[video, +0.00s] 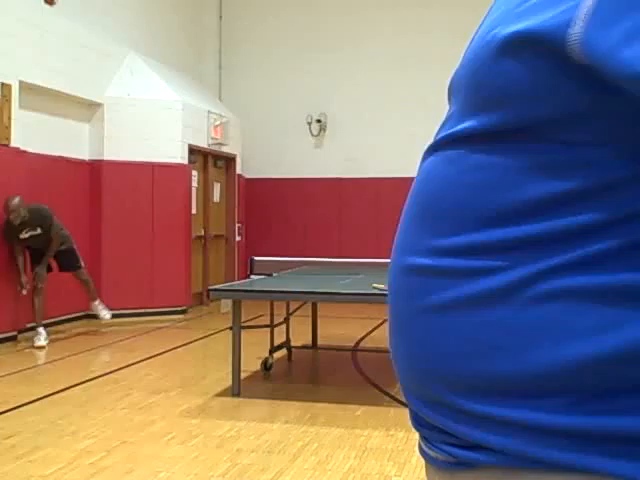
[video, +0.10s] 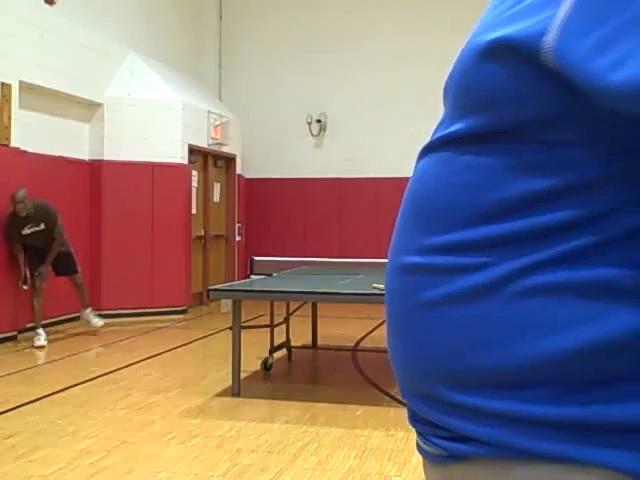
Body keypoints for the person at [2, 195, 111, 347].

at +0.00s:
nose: (11, 216)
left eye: (14, 212)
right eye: (9, 213)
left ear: (23, 209)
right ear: (7, 213)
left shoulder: (42, 214)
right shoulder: (10, 227)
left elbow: (56, 239)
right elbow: (18, 251)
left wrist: (44, 264)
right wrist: (22, 275)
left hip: (59, 243)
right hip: (37, 250)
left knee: (82, 275)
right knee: (38, 287)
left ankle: (96, 302)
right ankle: (40, 329)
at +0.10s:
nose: (20, 206)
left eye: (23, 202)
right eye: (17, 203)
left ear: (29, 201)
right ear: (13, 205)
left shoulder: (46, 211)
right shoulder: (12, 222)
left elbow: (59, 239)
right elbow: (18, 247)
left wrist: (47, 264)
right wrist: (23, 268)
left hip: (56, 246)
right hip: (35, 252)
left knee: (78, 279)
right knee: (37, 288)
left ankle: (87, 310)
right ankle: (39, 330)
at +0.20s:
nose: (32, 196)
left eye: (34, 192)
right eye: (29, 193)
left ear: (40, 192)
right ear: (24, 194)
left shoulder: (53, 206)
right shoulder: (18, 215)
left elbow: (60, 236)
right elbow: (18, 243)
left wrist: (54, 262)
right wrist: (25, 267)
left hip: (55, 249)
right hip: (34, 253)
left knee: (72, 284)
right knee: (37, 286)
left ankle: (70, 319)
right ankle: (39, 331)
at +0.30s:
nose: (45, 185)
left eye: (46, 181)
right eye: (41, 182)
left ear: (50, 182)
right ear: (36, 184)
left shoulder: (58, 201)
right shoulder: (26, 206)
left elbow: (64, 229)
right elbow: (21, 233)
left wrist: (60, 255)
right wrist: (28, 259)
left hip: (55, 250)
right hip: (36, 252)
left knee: (66, 286)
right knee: (38, 287)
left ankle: (54, 322)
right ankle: (39, 329)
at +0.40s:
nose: (58, 179)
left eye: (59, 175)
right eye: (55, 176)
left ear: (62, 178)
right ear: (48, 178)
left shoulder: (65, 199)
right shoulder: (34, 199)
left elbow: (67, 227)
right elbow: (26, 228)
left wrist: (65, 251)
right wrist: (35, 251)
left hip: (54, 248)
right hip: (37, 248)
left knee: (63, 285)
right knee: (40, 284)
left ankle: (50, 323)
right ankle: (39, 328)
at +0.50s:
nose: (70, 178)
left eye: (71, 175)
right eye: (67, 174)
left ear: (71, 177)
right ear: (57, 176)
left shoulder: (70, 198)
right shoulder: (43, 197)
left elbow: (71, 225)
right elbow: (33, 223)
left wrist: (72, 248)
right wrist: (43, 246)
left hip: (57, 247)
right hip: (40, 247)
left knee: (61, 285)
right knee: (43, 284)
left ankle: (50, 324)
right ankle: (41, 327)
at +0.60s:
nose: (79, 174)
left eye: (80, 171)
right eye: (76, 170)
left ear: (77, 174)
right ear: (66, 173)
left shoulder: (74, 197)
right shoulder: (51, 192)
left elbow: (70, 223)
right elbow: (40, 218)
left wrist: (74, 246)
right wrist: (53, 243)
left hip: (58, 244)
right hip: (43, 242)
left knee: (59, 281)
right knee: (51, 280)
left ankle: (50, 323)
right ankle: (45, 325)